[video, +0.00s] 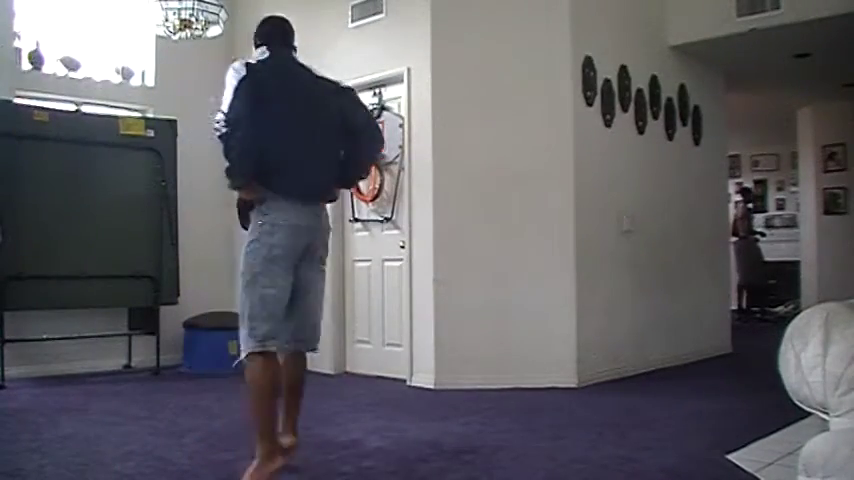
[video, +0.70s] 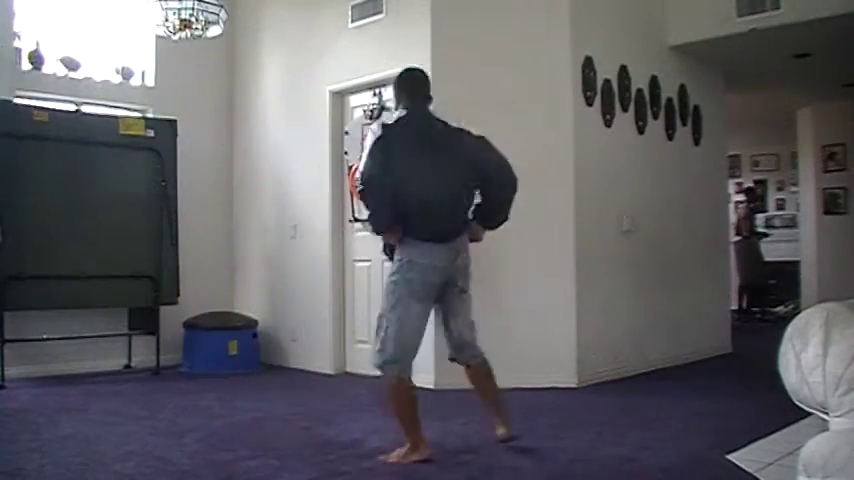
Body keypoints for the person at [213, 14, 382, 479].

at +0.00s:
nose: (258, 54)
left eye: (257, 47)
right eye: (266, 45)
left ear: (259, 47)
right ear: (293, 45)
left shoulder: (253, 81)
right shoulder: (329, 87)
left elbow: (238, 138)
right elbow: (370, 143)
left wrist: (244, 183)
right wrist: (336, 183)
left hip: (275, 213)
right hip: (317, 216)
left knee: (259, 341)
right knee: (296, 339)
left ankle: (267, 453)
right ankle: (288, 433)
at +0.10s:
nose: (273, 74)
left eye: (273, 67)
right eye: (281, 65)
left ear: (274, 65)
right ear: (307, 63)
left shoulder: (272, 89)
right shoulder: (339, 106)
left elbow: (254, 147)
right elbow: (373, 171)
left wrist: (259, 202)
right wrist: (344, 204)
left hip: (290, 229)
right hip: (324, 232)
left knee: (266, 349)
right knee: (297, 346)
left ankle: (308, 448)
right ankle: (293, 439)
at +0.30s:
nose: (303, 88)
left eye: (303, 82)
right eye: (306, 82)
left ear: (309, 83)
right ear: (339, 82)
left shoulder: (312, 118)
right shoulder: (356, 122)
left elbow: (301, 182)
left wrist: (292, 212)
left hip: (324, 246)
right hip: (350, 247)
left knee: (301, 357)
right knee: (312, 353)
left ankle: (370, 425)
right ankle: (304, 440)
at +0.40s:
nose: (323, 74)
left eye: (323, 69)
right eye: (327, 69)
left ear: (328, 67)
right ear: (358, 66)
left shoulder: (326, 96)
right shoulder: (382, 102)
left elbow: (311, 148)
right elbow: (418, 153)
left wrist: (323, 193)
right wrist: (394, 195)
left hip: (349, 221)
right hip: (383, 225)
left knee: (337, 336)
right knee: (354, 331)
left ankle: (386, 420)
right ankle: (328, 421)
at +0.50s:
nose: (346, 85)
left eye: (346, 78)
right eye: (351, 78)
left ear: (349, 75)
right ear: (380, 74)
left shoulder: (345, 101)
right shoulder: (414, 110)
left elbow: (324, 154)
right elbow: (454, 161)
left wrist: (338, 202)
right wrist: (427, 207)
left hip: (369, 227)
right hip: (406, 228)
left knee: (366, 339)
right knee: (390, 337)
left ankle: (396, 434)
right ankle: (386, 424)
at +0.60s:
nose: (369, 106)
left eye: (369, 100)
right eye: (373, 99)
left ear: (372, 100)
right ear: (404, 98)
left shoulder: (364, 133)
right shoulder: (437, 138)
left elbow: (344, 191)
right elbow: (477, 192)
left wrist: (362, 237)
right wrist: (456, 235)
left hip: (390, 259)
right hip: (430, 258)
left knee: (378, 365)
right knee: (424, 355)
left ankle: (412, 443)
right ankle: (454, 427)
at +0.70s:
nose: (402, 101)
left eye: (398, 95)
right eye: (416, 92)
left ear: (397, 97)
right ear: (429, 95)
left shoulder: (387, 141)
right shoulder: (458, 137)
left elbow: (370, 188)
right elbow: (503, 179)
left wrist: (388, 230)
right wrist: (481, 223)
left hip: (415, 257)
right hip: (456, 254)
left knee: (394, 359)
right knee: (466, 345)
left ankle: (415, 444)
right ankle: (502, 423)